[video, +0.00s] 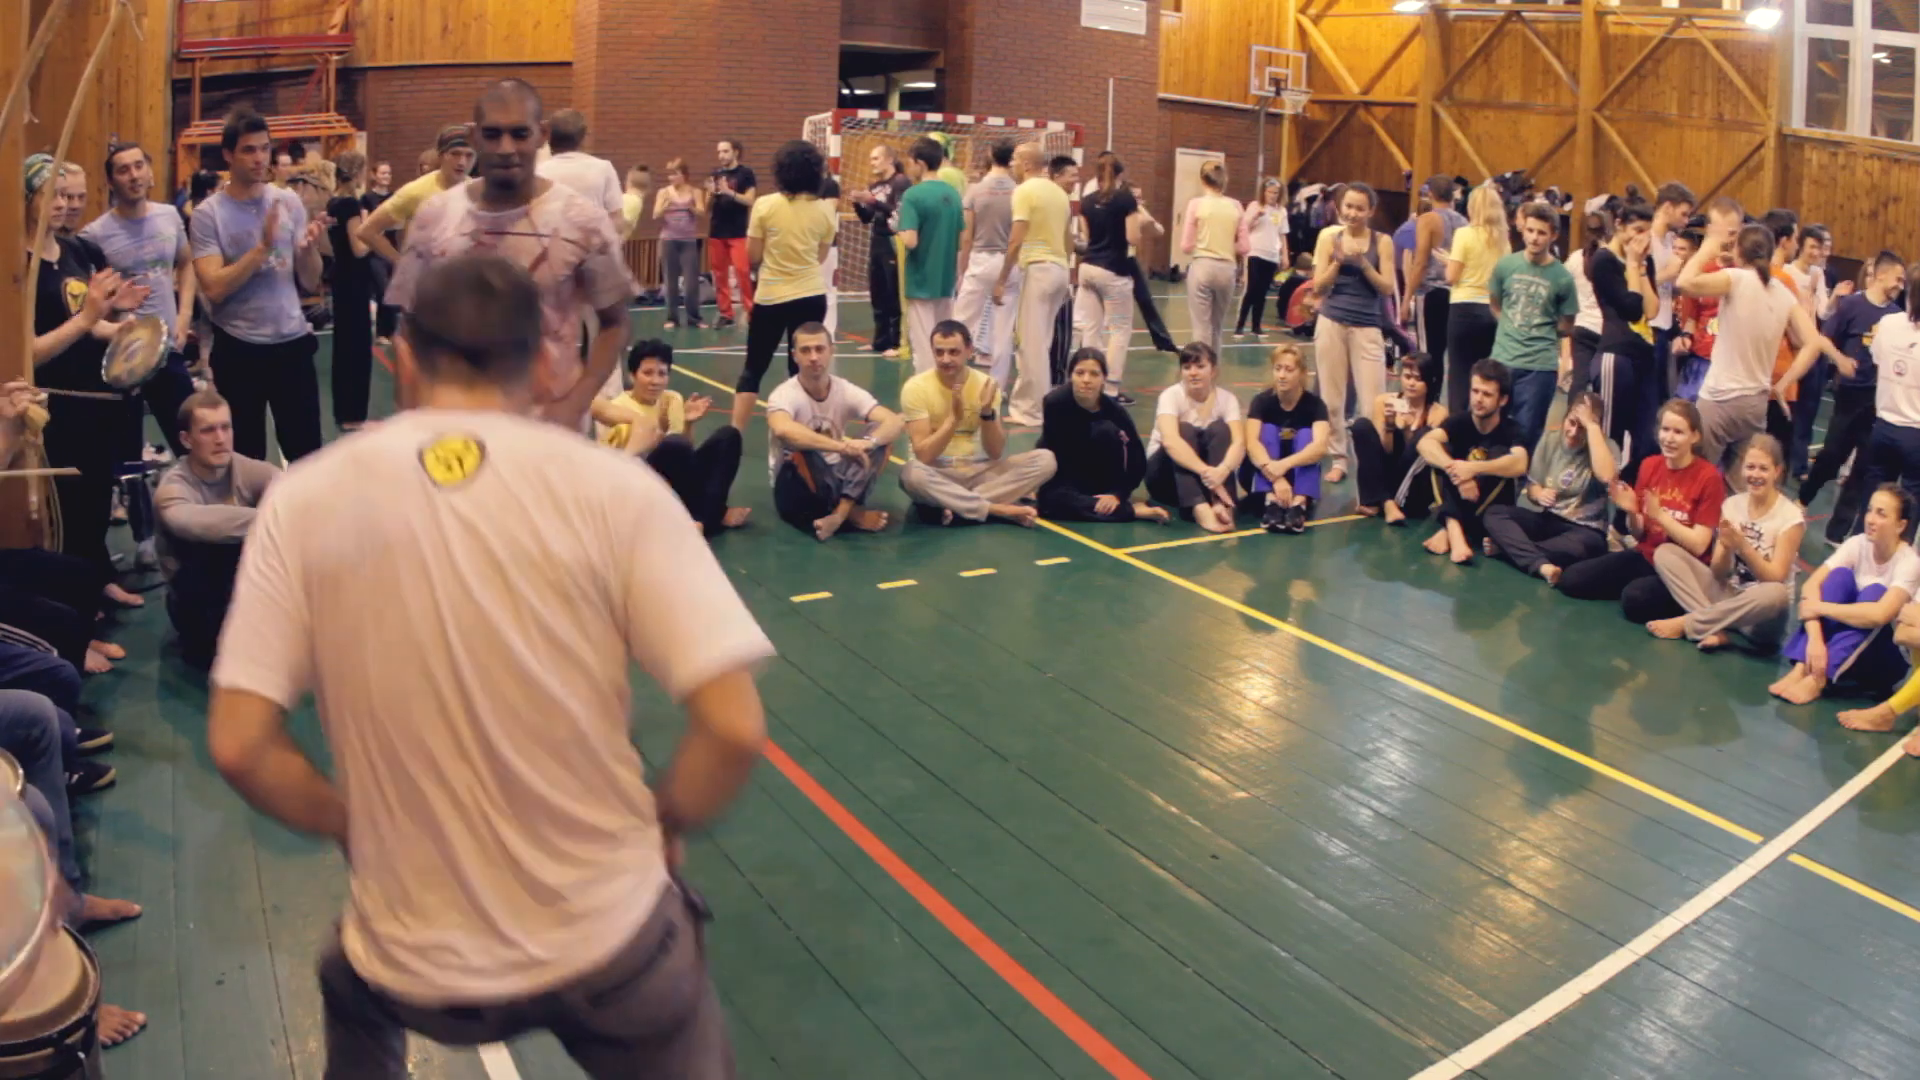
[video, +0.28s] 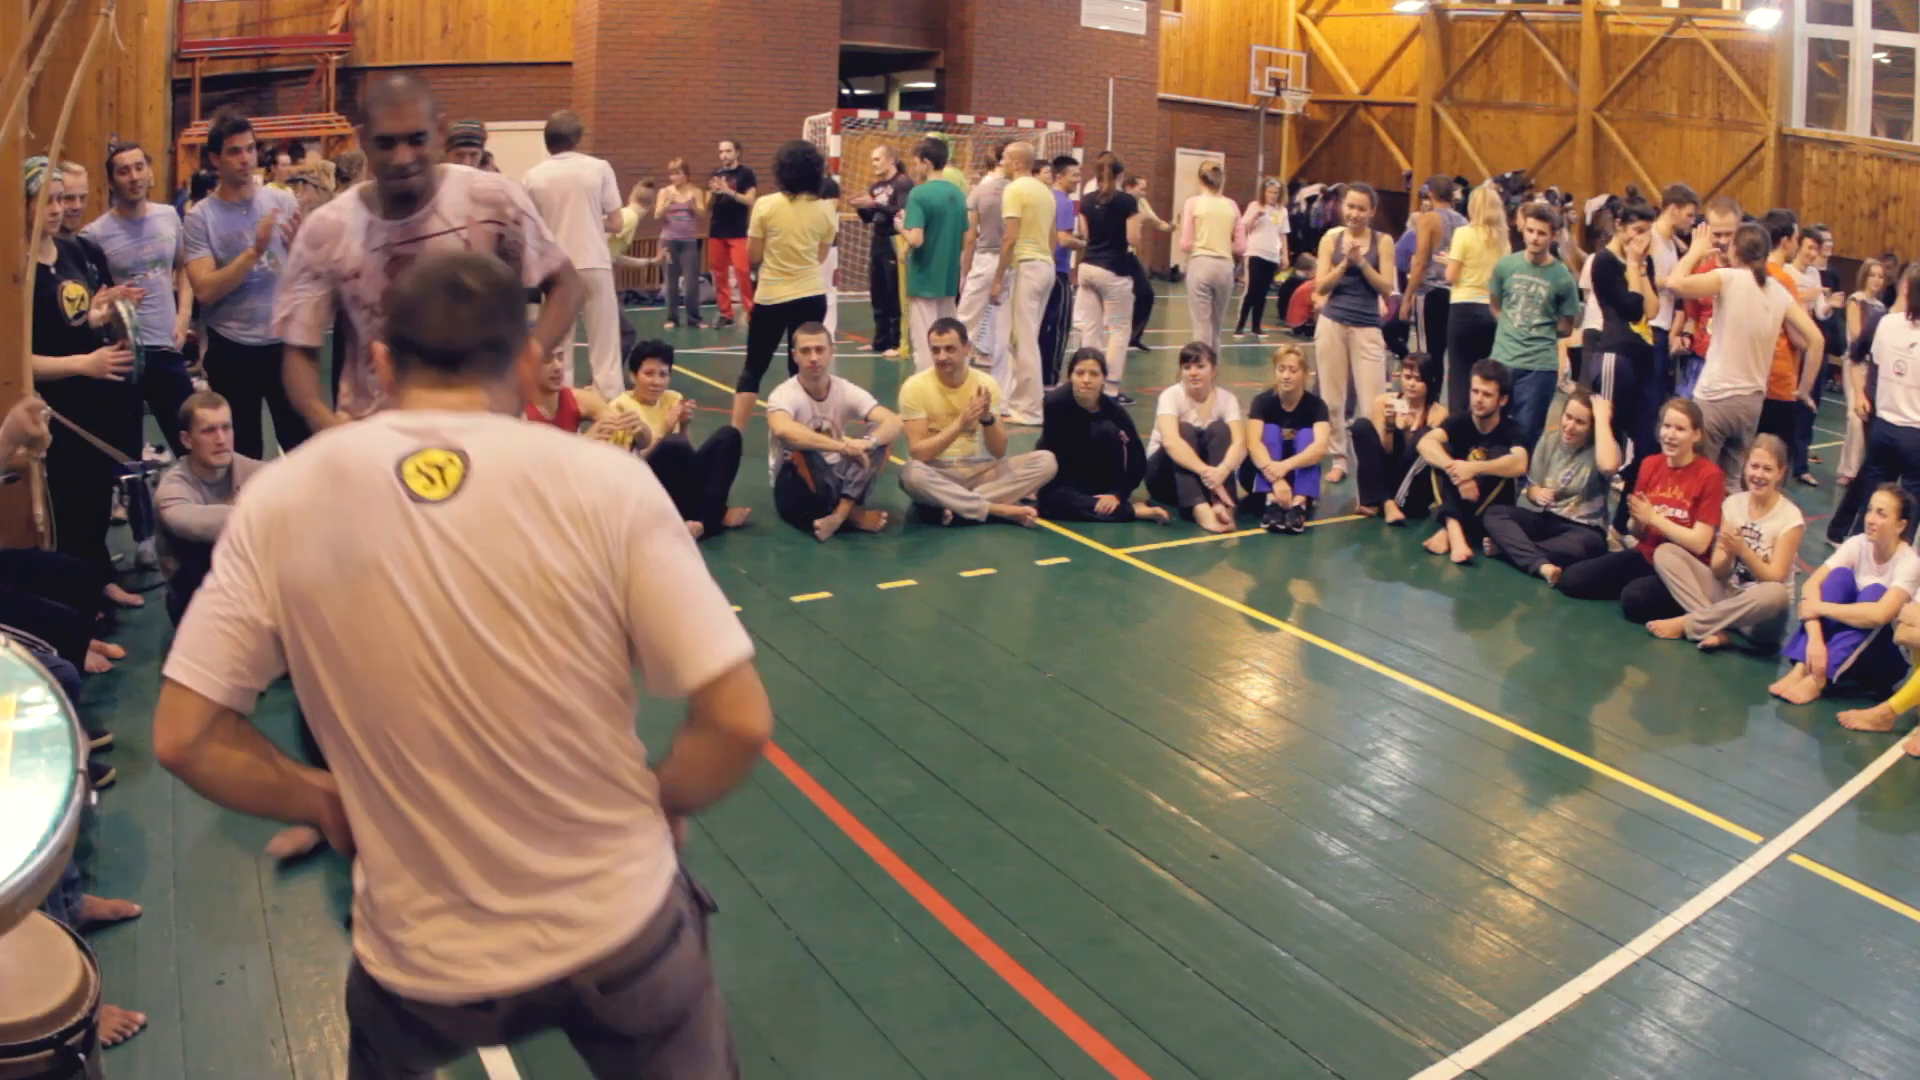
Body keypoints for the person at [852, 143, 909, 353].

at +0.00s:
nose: (872, 163)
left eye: (876, 159)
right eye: (871, 159)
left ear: (889, 160)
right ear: (875, 162)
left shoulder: (901, 183)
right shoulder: (876, 186)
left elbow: (897, 212)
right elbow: (866, 217)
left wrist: (872, 202)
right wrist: (857, 203)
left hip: (894, 239)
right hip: (877, 239)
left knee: (893, 292)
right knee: (878, 291)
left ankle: (894, 341)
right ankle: (879, 339)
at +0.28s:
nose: (874, 164)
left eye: (877, 159)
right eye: (872, 160)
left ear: (891, 160)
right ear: (874, 162)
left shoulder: (903, 183)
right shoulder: (876, 186)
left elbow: (900, 211)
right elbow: (868, 217)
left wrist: (873, 205)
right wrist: (860, 206)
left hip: (895, 238)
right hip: (878, 238)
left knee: (894, 292)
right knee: (878, 291)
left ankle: (895, 341)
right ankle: (880, 339)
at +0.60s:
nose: (875, 163)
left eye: (879, 159)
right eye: (874, 160)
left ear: (892, 160)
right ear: (876, 162)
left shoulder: (904, 182)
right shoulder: (877, 184)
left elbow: (899, 211)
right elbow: (870, 216)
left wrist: (871, 201)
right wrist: (866, 202)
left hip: (896, 237)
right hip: (879, 235)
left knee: (894, 290)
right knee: (878, 290)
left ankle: (895, 341)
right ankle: (880, 339)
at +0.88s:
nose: (873, 164)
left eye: (876, 160)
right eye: (872, 160)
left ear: (890, 161)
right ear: (878, 162)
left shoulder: (902, 182)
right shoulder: (877, 185)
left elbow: (896, 209)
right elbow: (869, 217)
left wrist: (870, 201)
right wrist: (862, 201)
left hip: (896, 235)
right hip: (879, 235)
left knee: (895, 291)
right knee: (878, 290)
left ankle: (897, 342)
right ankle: (881, 340)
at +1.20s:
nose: (870, 165)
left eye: (874, 161)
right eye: (868, 161)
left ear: (887, 161)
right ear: (870, 164)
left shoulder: (898, 182)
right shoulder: (874, 184)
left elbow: (893, 209)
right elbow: (867, 217)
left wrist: (868, 203)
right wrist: (862, 204)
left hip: (894, 235)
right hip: (878, 234)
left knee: (893, 291)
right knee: (878, 290)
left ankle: (895, 341)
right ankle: (880, 340)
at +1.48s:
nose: (869, 166)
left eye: (872, 161)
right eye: (866, 162)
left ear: (883, 162)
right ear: (864, 166)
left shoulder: (895, 181)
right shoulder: (869, 188)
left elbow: (894, 208)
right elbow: (863, 220)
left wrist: (869, 203)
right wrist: (853, 207)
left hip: (892, 236)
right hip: (876, 236)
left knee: (891, 290)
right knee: (876, 290)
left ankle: (894, 340)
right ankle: (880, 339)